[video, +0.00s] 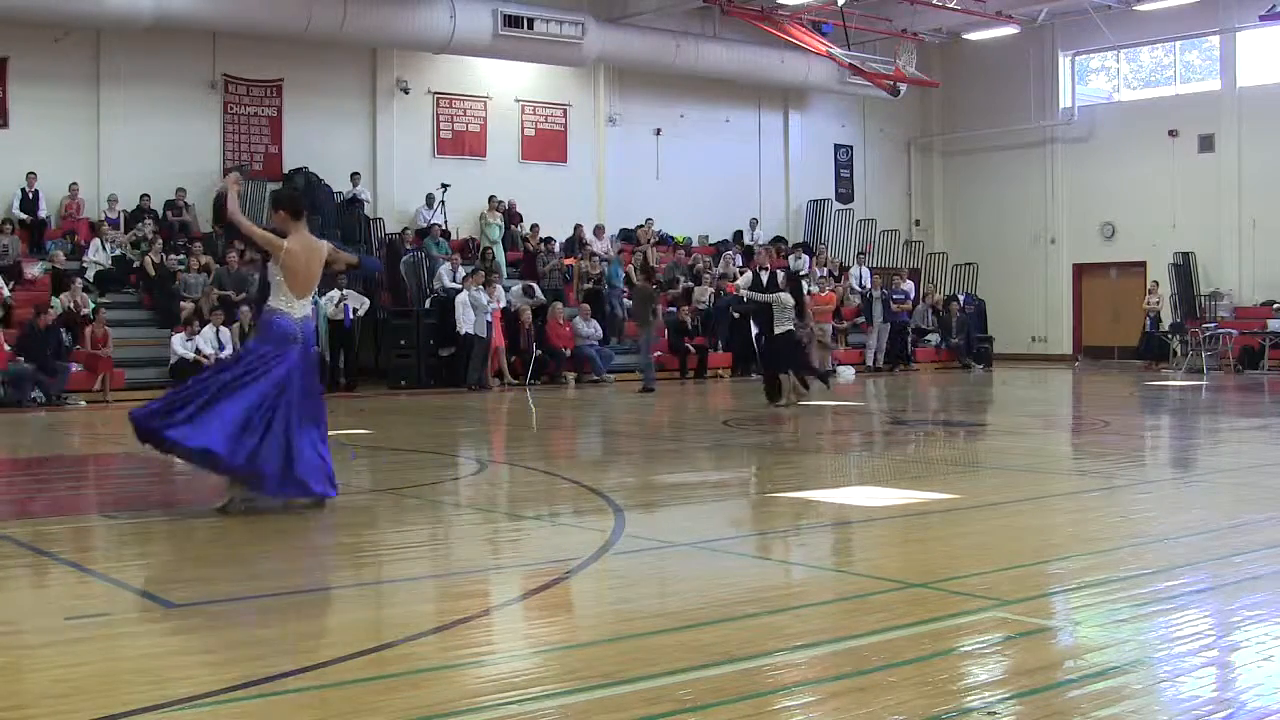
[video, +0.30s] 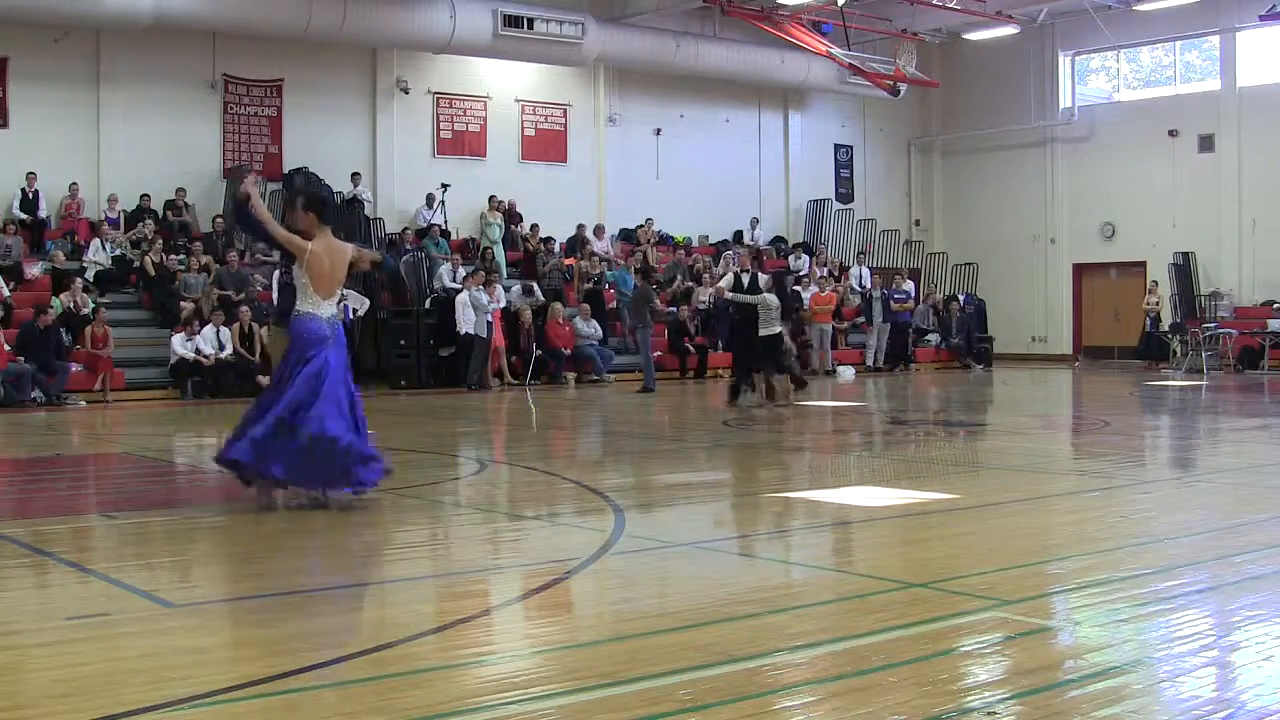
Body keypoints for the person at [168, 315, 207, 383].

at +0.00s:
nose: (199, 329)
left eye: (199, 326)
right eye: (196, 327)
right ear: (188, 328)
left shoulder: (197, 338)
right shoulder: (176, 338)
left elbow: (203, 347)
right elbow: (180, 352)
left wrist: (211, 354)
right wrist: (199, 358)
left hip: (192, 363)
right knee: (183, 361)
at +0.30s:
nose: (199, 328)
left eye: (198, 326)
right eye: (196, 326)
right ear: (188, 328)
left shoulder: (197, 337)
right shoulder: (176, 338)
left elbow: (203, 348)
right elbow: (179, 351)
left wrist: (211, 354)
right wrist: (198, 358)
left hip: (191, 363)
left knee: (206, 365)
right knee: (183, 361)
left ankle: (202, 392)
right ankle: (184, 393)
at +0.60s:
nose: (199, 329)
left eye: (198, 326)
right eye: (196, 326)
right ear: (188, 328)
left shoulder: (197, 337)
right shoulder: (176, 338)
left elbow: (203, 348)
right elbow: (179, 351)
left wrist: (211, 354)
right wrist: (199, 358)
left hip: (192, 363)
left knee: (207, 365)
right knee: (183, 362)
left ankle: (203, 392)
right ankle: (184, 393)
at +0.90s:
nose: (198, 329)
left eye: (198, 326)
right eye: (196, 326)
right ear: (188, 328)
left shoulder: (197, 338)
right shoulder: (176, 338)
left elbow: (203, 348)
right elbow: (179, 351)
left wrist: (210, 355)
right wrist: (199, 358)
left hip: (192, 363)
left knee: (206, 364)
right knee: (183, 361)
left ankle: (203, 392)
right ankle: (184, 393)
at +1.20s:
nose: (190, 328)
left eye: (192, 326)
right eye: (188, 325)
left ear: (195, 328)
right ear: (183, 327)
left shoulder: (197, 338)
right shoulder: (176, 338)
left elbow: (203, 347)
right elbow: (180, 351)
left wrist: (210, 355)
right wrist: (199, 358)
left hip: (192, 363)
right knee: (183, 361)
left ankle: (203, 392)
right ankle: (184, 393)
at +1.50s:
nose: (188, 327)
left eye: (191, 325)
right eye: (186, 325)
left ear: (195, 327)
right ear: (183, 326)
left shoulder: (196, 337)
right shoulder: (176, 338)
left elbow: (204, 347)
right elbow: (179, 351)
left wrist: (211, 355)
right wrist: (199, 358)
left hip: (192, 363)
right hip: (177, 364)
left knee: (206, 363)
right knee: (183, 361)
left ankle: (201, 391)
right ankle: (184, 392)